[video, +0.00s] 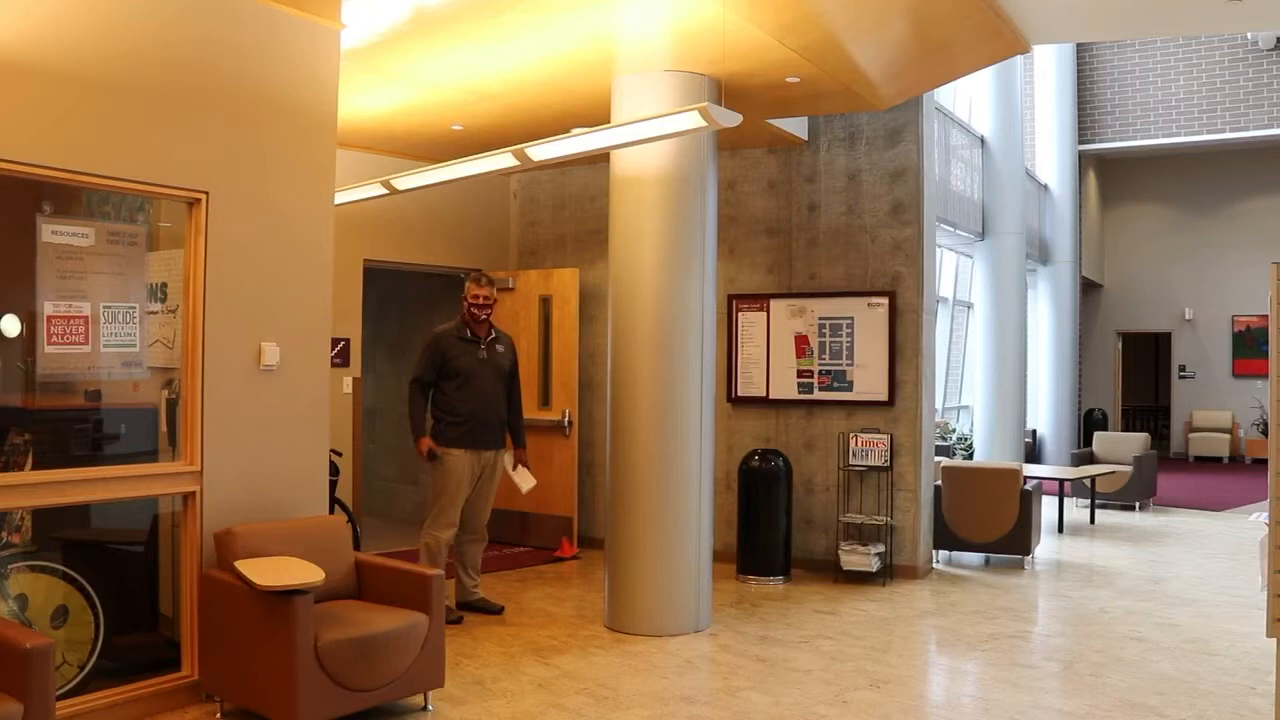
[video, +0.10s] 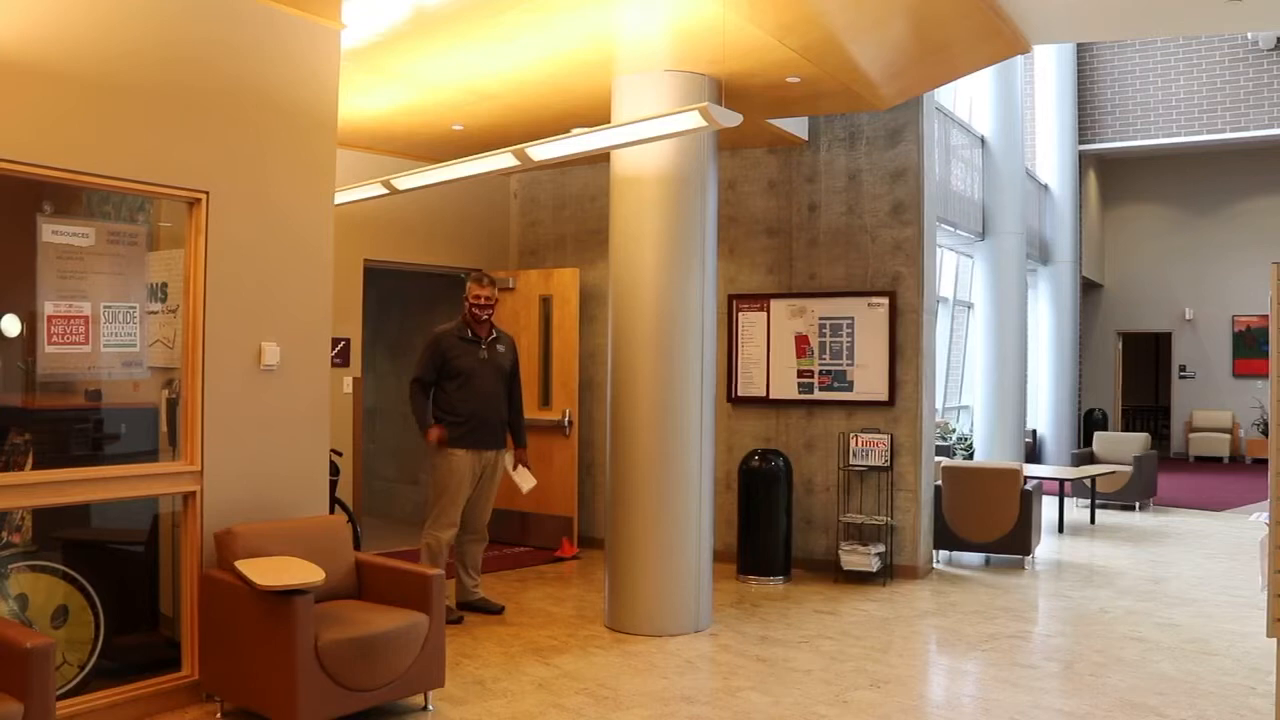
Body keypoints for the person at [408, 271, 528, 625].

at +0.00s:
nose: (480, 305)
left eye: (487, 299)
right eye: (475, 298)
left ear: (495, 303)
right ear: (464, 300)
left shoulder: (504, 343)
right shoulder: (442, 340)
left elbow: (513, 397)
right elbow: (419, 387)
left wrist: (519, 445)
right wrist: (421, 433)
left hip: (492, 449)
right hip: (452, 448)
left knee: (475, 529)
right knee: (441, 529)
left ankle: (470, 594)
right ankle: (434, 602)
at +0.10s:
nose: (482, 305)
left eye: (488, 300)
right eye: (476, 299)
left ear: (497, 303)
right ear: (465, 300)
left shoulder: (505, 344)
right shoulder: (443, 340)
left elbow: (514, 398)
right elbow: (420, 386)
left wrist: (520, 444)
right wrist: (427, 426)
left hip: (493, 448)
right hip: (454, 447)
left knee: (476, 529)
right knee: (442, 528)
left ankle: (470, 594)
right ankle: (435, 602)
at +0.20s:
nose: (484, 306)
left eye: (491, 301)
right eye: (478, 299)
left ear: (498, 304)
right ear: (467, 300)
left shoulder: (507, 343)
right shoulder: (445, 339)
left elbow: (514, 398)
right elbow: (421, 386)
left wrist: (521, 444)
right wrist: (444, 402)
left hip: (495, 448)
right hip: (456, 447)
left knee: (477, 528)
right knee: (443, 528)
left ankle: (470, 593)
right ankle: (436, 602)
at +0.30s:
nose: (486, 306)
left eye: (492, 302)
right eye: (480, 300)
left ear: (500, 305)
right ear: (468, 301)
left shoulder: (508, 342)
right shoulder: (447, 338)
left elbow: (516, 397)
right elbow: (427, 388)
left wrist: (524, 444)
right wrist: (461, 373)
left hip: (496, 447)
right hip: (457, 446)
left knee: (478, 528)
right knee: (445, 527)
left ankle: (470, 593)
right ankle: (435, 600)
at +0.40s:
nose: (490, 307)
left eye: (495, 302)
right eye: (484, 302)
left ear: (501, 304)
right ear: (470, 302)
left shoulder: (509, 341)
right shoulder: (451, 336)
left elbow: (519, 396)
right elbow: (442, 381)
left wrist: (526, 444)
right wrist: (470, 347)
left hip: (497, 447)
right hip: (458, 445)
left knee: (479, 528)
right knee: (446, 527)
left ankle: (470, 593)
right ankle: (435, 600)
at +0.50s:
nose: (492, 308)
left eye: (496, 303)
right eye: (486, 302)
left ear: (503, 303)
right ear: (471, 302)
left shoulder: (511, 340)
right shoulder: (454, 333)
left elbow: (520, 395)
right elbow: (452, 376)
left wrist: (529, 442)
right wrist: (477, 337)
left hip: (498, 446)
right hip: (459, 444)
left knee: (479, 528)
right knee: (446, 526)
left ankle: (471, 593)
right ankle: (435, 600)